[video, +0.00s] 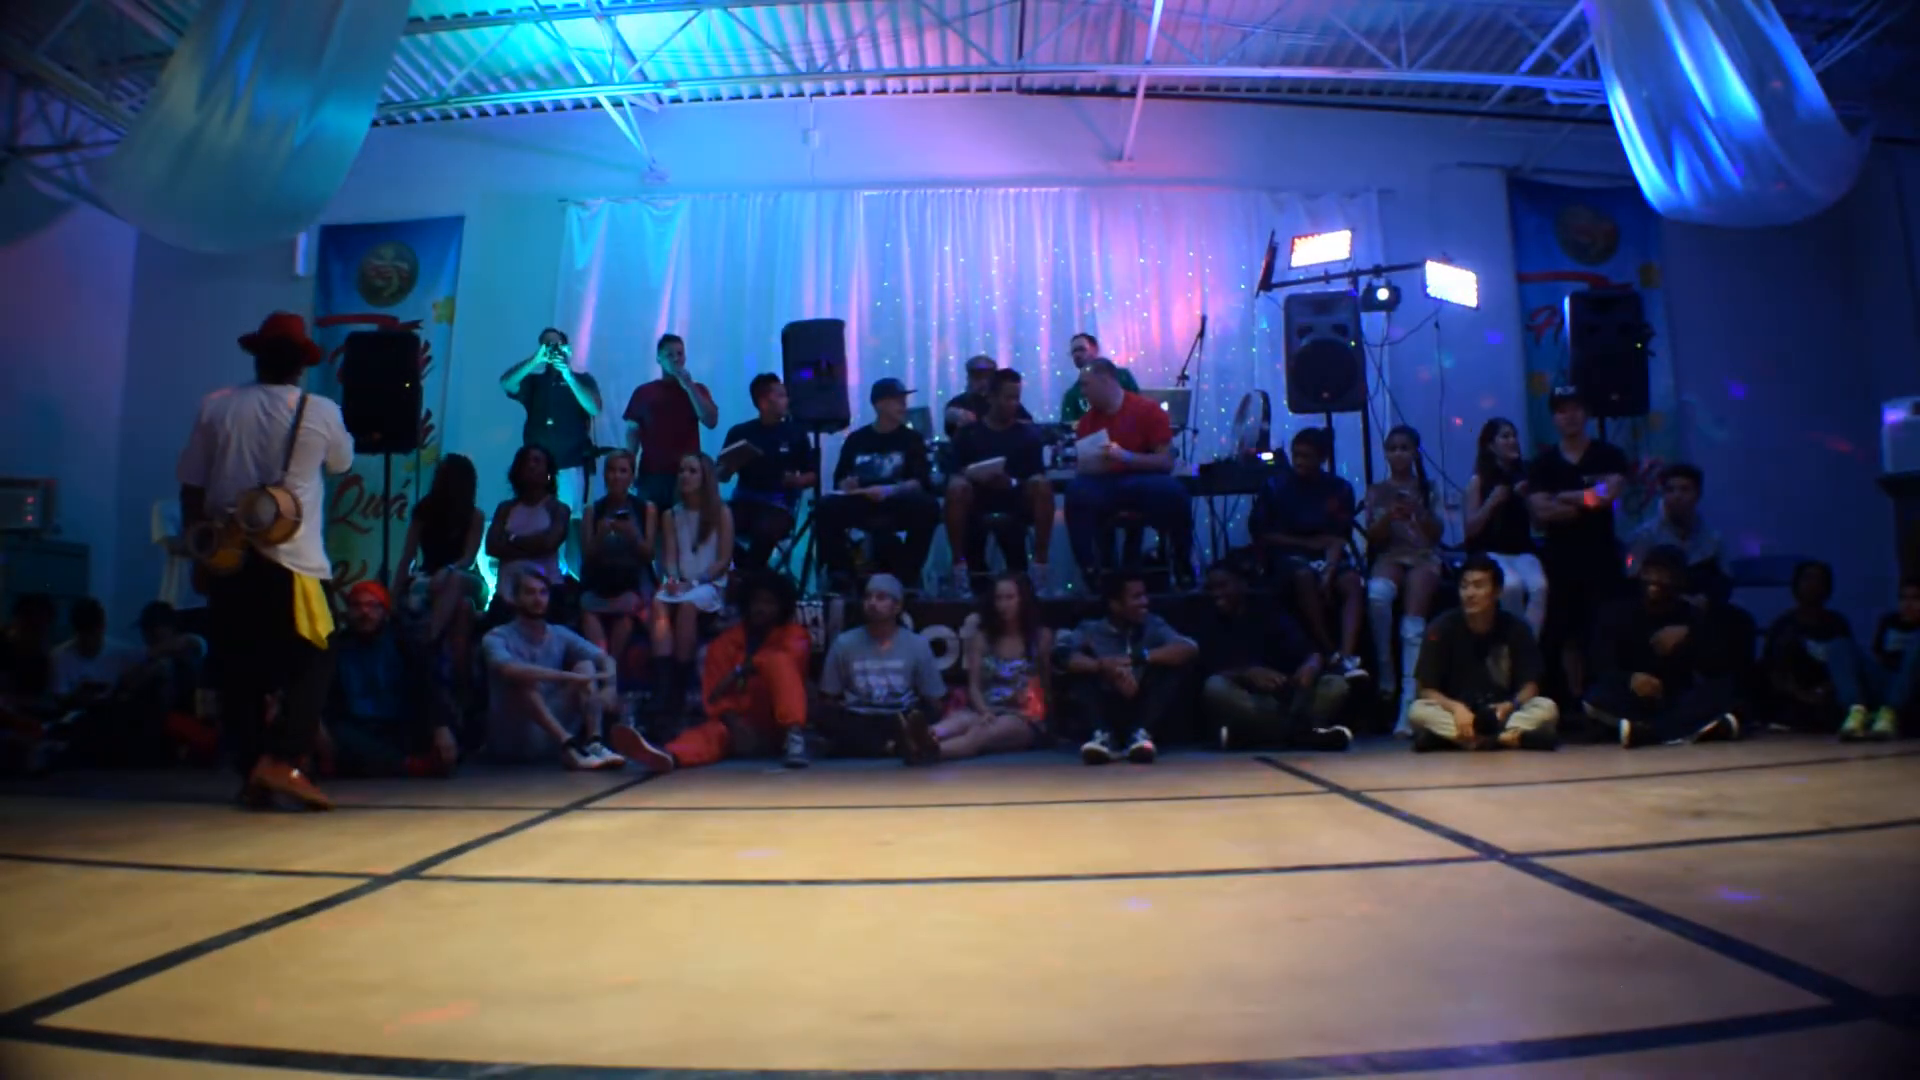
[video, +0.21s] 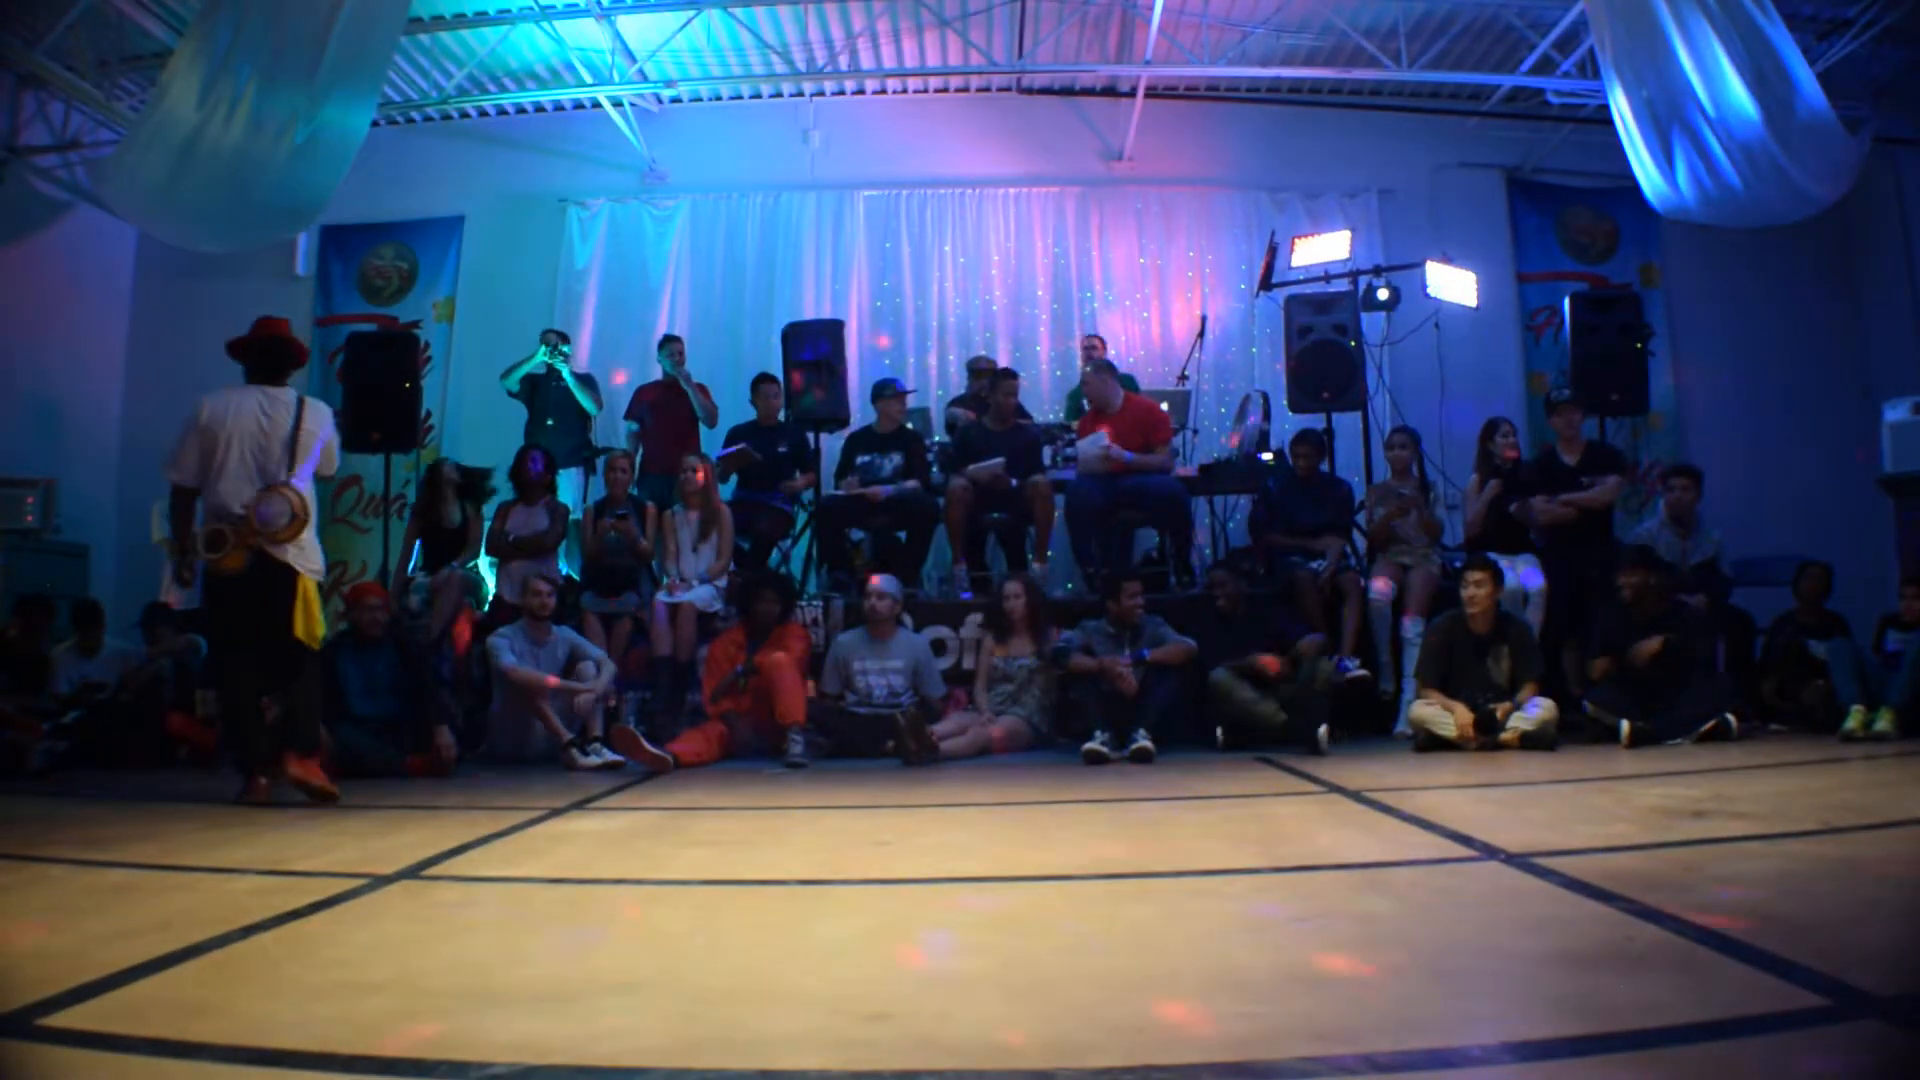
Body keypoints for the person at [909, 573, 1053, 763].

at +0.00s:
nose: (1003, 604)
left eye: (1009, 597)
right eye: (998, 598)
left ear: (1023, 600)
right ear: (992, 602)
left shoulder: (1040, 637)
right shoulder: (982, 638)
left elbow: (1046, 682)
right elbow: (974, 686)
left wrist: (1048, 719)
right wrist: (985, 712)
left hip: (1024, 713)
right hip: (989, 709)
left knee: (984, 734)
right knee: (961, 720)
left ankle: (934, 752)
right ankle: (922, 737)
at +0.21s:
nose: (1011, 605)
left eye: (1017, 597)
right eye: (1006, 599)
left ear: (1031, 600)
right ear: (1000, 603)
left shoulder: (1046, 638)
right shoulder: (992, 640)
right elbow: (980, 686)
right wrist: (986, 712)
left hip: (1028, 713)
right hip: (993, 710)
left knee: (984, 735)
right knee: (958, 720)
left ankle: (932, 752)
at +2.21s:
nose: (1017, 600)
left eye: (1022, 594)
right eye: (1011, 595)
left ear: (1032, 598)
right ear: (1002, 601)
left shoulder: (1045, 638)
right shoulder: (989, 639)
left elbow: (1054, 682)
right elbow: (977, 685)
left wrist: (1035, 682)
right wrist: (983, 712)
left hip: (1028, 712)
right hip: (991, 709)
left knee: (985, 735)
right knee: (956, 721)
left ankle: (934, 752)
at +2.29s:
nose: (1018, 600)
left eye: (1023, 594)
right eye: (1012, 595)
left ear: (1032, 598)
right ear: (1001, 601)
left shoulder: (1044, 638)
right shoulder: (988, 639)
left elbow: (1052, 685)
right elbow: (977, 688)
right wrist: (983, 711)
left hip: (1028, 714)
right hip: (992, 711)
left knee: (983, 736)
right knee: (958, 720)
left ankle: (930, 751)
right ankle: (917, 736)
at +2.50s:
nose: (1018, 599)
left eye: (1023, 594)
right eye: (1011, 594)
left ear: (1032, 599)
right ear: (1000, 600)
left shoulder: (1043, 638)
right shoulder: (988, 639)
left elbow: (1051, 686)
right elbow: (977, 687)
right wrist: (983, 711)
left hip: (1027, 714)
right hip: (990, 711)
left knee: (981, 735)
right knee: (958, 720)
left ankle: (931, 751)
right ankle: (917, 736)